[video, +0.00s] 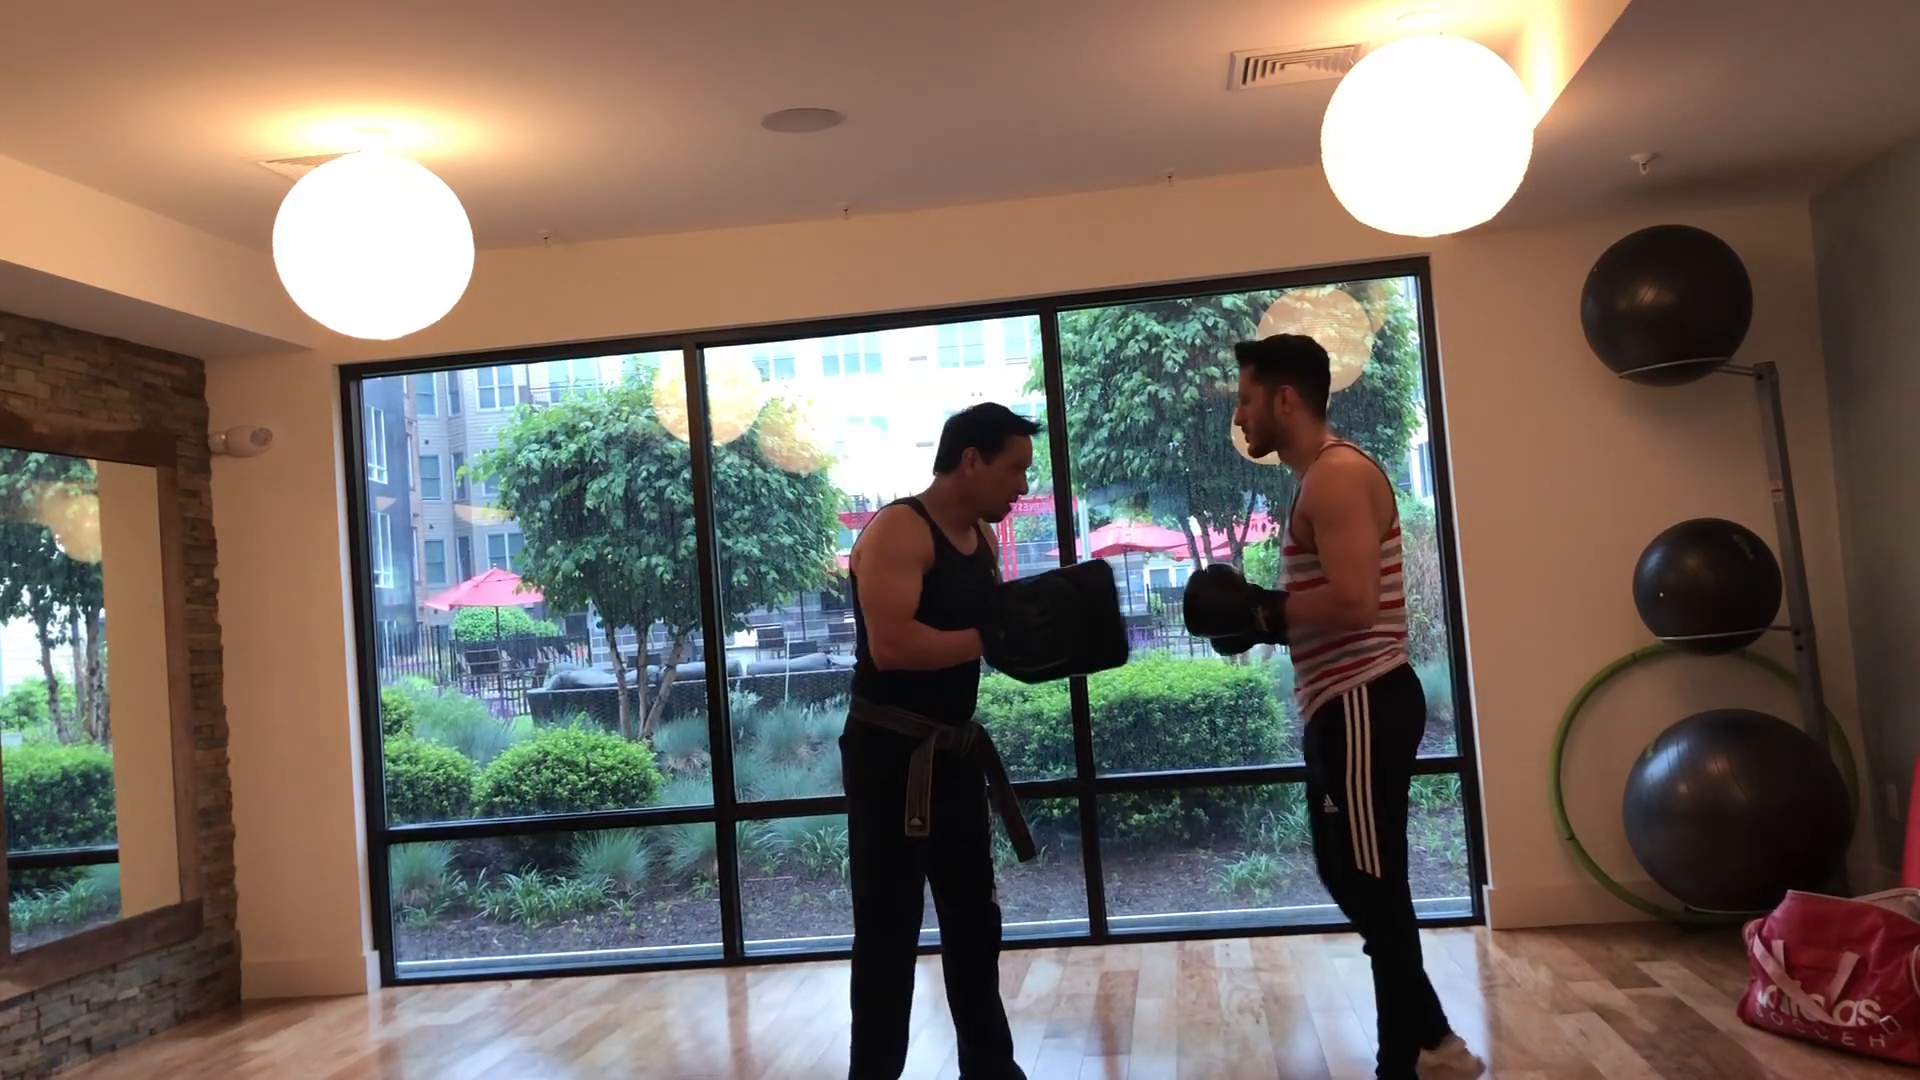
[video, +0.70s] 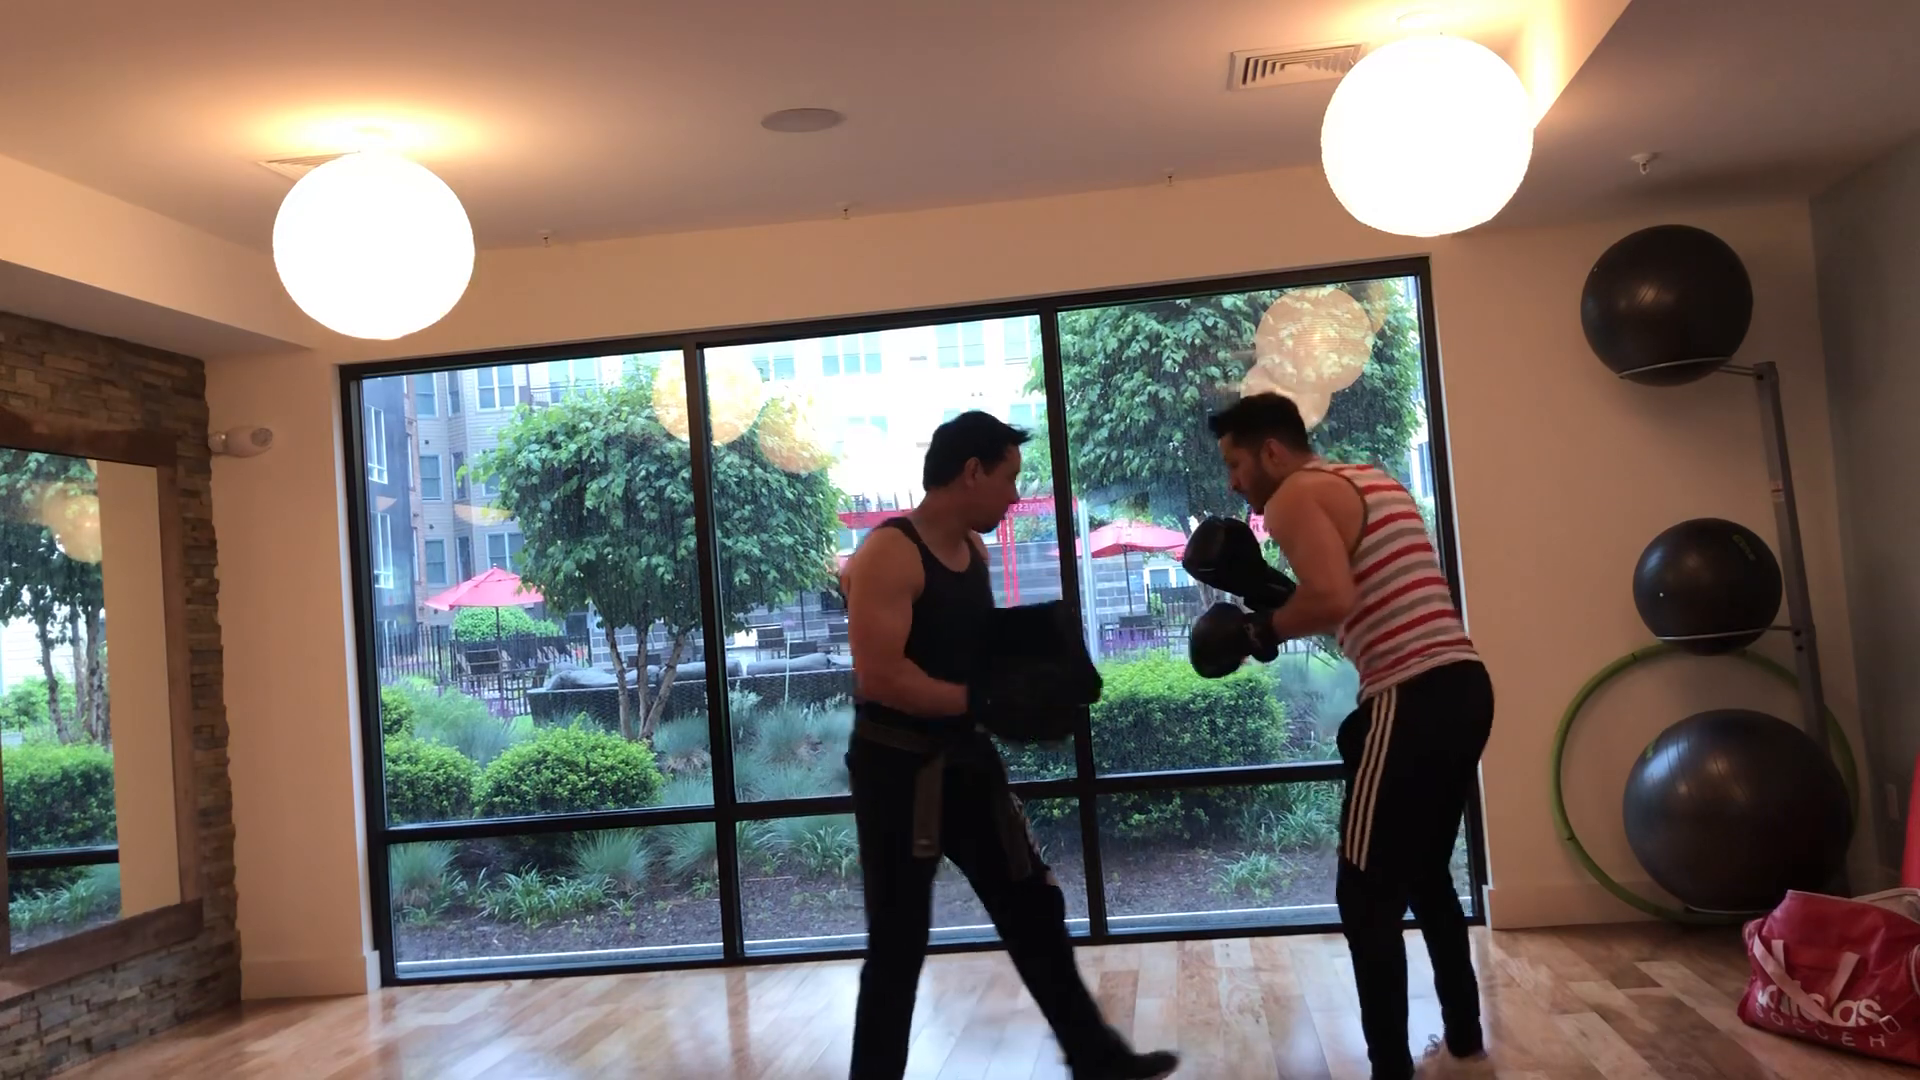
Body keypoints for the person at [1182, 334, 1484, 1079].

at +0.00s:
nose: (1237, 413)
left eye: (1245, 398)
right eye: (1238, 399)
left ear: (1283, 397)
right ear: (1291, 400)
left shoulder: (1337, 475)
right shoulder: (1321, 478)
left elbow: (1354, 603)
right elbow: (1337, 597)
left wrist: (1263, 613)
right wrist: (1261, 608)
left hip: (1365, 698)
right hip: (1343, 699)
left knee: (1370, 879)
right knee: (1348, 874)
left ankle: (1402, 1062)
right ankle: (1432, 1041)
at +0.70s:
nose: (1232, 483)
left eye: (1234, 465)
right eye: (1227, 468)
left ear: (1270, 450)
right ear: (1286, 448)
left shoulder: (1297, 496)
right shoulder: (1368, 476)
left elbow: (1331, 597)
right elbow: (1355, 603)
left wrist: (1262, 626)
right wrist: (1265, 585)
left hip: (1408, 698)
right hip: (1461, 686)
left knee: (1364, 893)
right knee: (1427, 870)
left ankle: (1388, 1068)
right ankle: (1465, 1037)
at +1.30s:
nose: (1230, 552)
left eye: (1234, 535)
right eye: (1229, 536)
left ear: (1273, 536)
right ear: (1283, 534)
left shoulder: (1365, 601)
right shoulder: (1345, 593)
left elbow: (1307, 745)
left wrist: (1256, 661)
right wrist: (1273, 689)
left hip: (1494, 771)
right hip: (1451, 771)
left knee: (1388, 934)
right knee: (1393, 928)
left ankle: (1429, 1070)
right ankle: (1467, 1059)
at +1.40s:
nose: (1229, 549)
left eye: (1232, 532)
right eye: (1227, 533)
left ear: (1268, 533)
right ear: (1286, 530)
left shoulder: (1364, 597)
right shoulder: (1344, 582)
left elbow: (1317, 746)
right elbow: (1339, 704)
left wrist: (1256, 672)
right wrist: (1282, 716)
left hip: (1501, 760)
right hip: (1459, 761)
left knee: (1399, 921)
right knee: (1385, 913)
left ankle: (1450, 1068)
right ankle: (1446, 1060)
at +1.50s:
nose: (1228, 532)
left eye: (1231, 514)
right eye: (1226, 516)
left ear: (1269, 510)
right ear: (1283, 509)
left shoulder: (1359, 569)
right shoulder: (1337, 565)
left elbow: (1307, 717)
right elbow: (1373, 660)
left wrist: (1243, 648)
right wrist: (1270, 686)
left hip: (1505, 736)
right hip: (1461, 739)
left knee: (1432, 910)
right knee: (1406, 887)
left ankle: (1454, 1069)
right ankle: (1458, 1054)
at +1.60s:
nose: (1239, 511)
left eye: (1243, 490)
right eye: (1235, 493)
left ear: (1284, 478)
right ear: (1289, 480)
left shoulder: (1346, 543)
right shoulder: (1353, 528)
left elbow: (1313, 679)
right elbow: (1349, 659)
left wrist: (1232, 644)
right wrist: (1248, 636)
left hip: (1484, 731)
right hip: (1467, 728)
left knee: (1431, 919)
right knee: (1434, 900)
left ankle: (1453, 1069)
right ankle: (1475, 1049)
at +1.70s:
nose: (1258, 505)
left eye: (1260, 483)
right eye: (1251, 490)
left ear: (1305, 463)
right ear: (1316, 468)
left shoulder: (1336, 523)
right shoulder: (1388, 506)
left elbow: (1351, 628)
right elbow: (1385, 632)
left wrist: (1260, 652)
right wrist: (1296, 618)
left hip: (1456, 728)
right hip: (1487, 718)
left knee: (1427, 912)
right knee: (1445, 900)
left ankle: (1452, 1069)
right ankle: (1483, 1051)